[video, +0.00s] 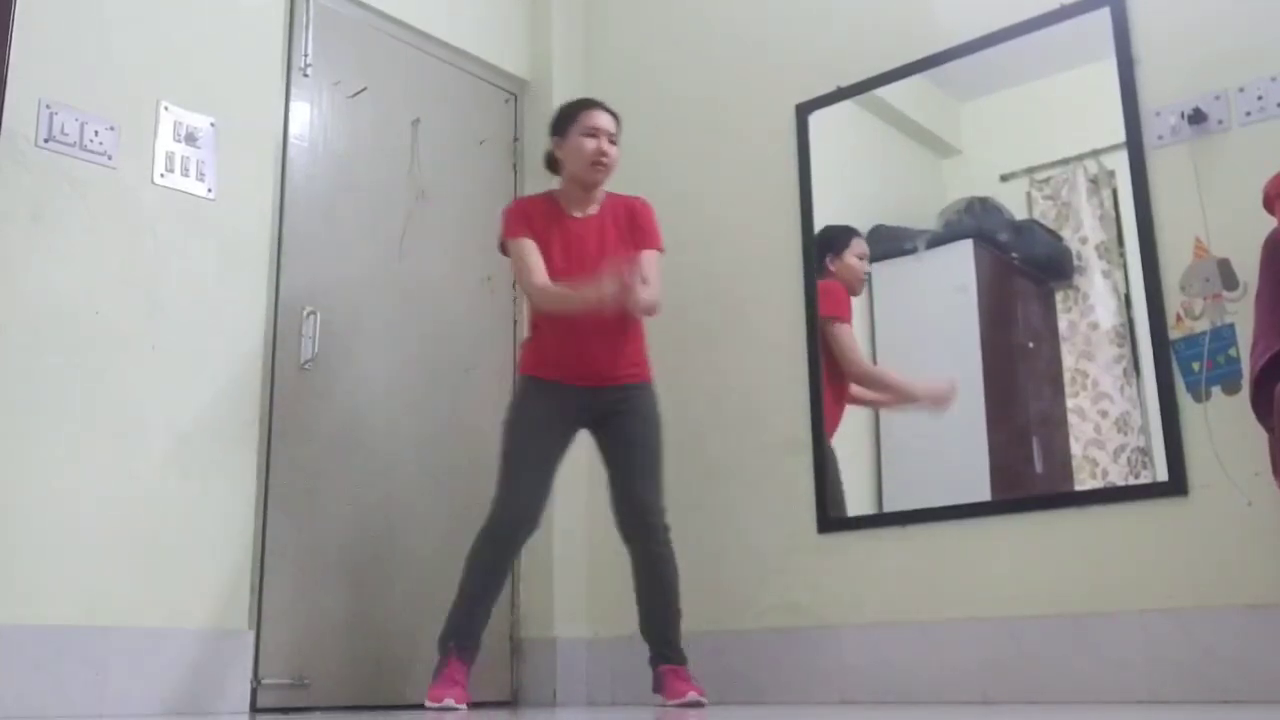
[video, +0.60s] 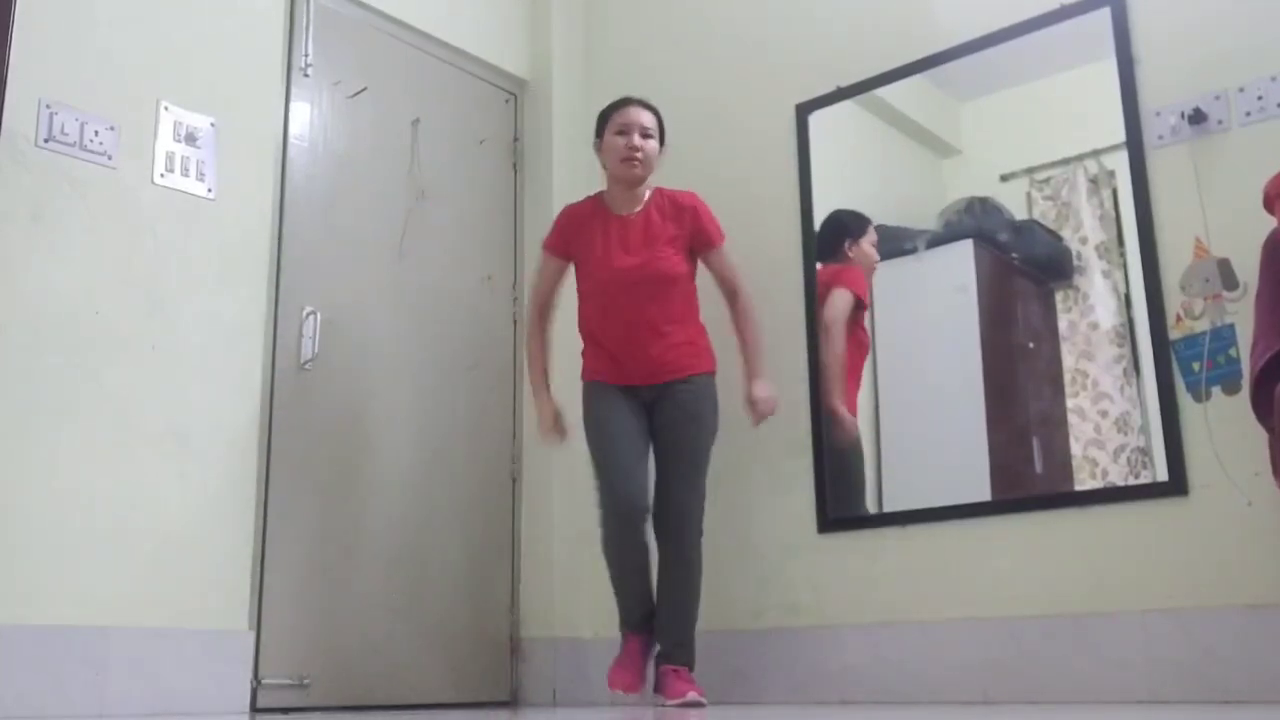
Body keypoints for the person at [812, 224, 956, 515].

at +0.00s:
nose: (867, 269)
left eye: (867, 261)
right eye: (860, 258)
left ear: (834, 264)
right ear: (832, 262)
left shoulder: (821, 296)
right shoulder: (829, 289)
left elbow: (845, 391)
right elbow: (854, 368)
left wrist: (910, 399)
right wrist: (922, 392)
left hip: (815, 440)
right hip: (810, 440)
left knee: (831, 529)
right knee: (832, 530)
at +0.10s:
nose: (873, 266)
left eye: (873, 258)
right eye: (866, 255)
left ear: (838, 261)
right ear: (838, 259)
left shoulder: (820, 292)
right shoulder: (835, 287)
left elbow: (842, 393)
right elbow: (856, 367)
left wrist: (882, 450)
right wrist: (892, 437)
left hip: (818, 439)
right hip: (815, 439)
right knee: (842, 529)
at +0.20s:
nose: (879, 261)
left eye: (878, 253)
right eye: (871, 251)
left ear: (843, 256)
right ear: (844, 254)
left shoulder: (817, 284)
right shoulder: (839, 283)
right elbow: (836, 359)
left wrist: (844, 433)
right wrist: (846, 432)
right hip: (824, 432)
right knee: (855, 515)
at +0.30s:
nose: (883, 255)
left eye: (881, 245)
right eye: (876, 244)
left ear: (850, 248)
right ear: (850, 247)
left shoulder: (819, 277)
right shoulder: (846, 273)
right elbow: (823, 313)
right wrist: (818, 399)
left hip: (828, 424)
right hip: (826, 424)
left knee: (864, 519)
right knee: (863, 519)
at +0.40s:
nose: (882, 253)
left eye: (881, 243)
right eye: (876, 242)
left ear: (853, 245)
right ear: (851, 245)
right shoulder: (852, 268)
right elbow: (818, 286)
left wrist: (847, 431)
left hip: (835, 416)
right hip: (828, 412)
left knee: (858, 511)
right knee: (848, 511)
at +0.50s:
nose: (881, 254)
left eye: (879, 245)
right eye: (875, 244)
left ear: (852, 246)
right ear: (851, 247)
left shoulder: (826, 274)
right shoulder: (854, 270)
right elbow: (823, 285)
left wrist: (849, 428)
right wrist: (811, 339)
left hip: (833, 411)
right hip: (832, 410)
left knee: (851, 506)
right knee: (845, 509)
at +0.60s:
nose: (877, 255)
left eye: (876, 246)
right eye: (872, 245)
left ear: (846, 248)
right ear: (850, 247)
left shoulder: (820, 276)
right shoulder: (849, 274)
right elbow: (831, 320)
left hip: (820, 415)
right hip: (837, 415)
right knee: (849, 514)